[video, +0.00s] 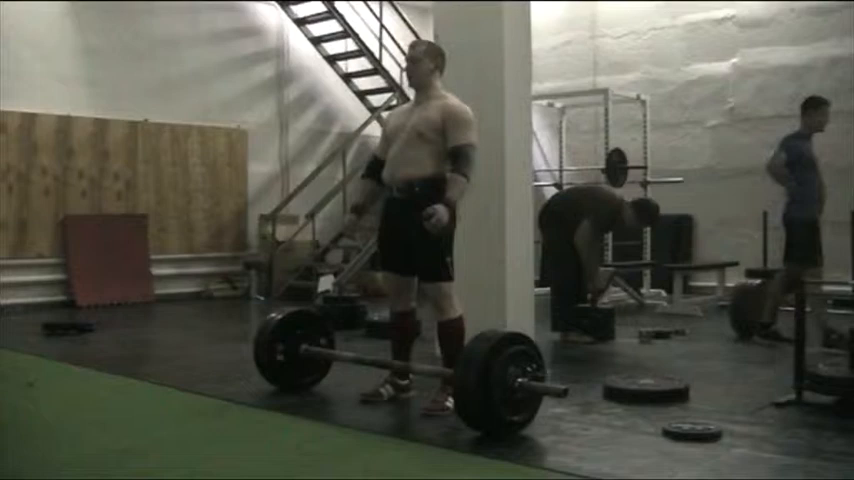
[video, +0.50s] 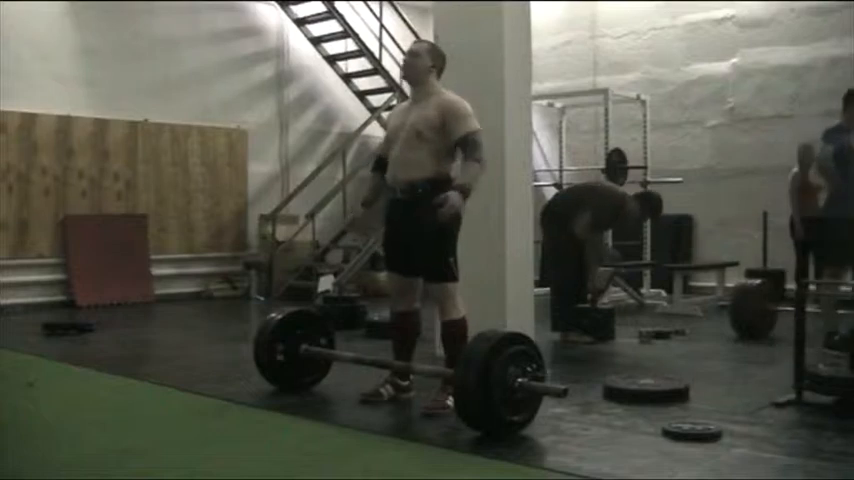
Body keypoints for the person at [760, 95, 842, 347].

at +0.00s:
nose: (826, 121)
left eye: (826, 116)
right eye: (823, 116)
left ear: (814, 117)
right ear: (808, 115)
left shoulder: (805, 144)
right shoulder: (793, 142)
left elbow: (809, 175)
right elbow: (773, 166)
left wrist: (816, 194)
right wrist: (792, 185)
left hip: (806, 215)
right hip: (799, 216)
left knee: (794, 271)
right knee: (811, 273)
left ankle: (767, 322)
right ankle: (822, 330)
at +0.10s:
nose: (833, 119)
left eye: (834, 114)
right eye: (830, 114)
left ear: (820, 115)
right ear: (815, 113)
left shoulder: (812, 143)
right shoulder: (801, 142)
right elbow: (782, 165)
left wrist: (823, 194)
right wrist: (799, 183)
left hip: (815, 218)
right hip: (806, 219)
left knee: (806, 275)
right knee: (813, 276)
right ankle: (820, 331)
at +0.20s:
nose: (844, 118)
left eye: (844, 112)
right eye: (840, 112)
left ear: (830, 113)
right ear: (827, 112)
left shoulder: (821, 142)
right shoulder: (811, 143)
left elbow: (820, 185)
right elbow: (800, 186)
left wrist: (834, 218)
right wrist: (798, 219)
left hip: (826, 219)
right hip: (815, 220)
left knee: (823, 277)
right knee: (815, 279)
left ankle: (818, 333)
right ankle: (811, 340)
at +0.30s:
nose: (850, 117)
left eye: (850, 111)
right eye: (847, 111)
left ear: (831, 111)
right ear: (836, 111)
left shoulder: (819, 141)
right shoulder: (822, 144)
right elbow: (833, 188)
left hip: (821, 220)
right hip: (822, 221)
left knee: (823, 280)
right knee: (823, 280)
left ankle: (820, 333)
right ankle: (817, 337)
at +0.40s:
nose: (849, 115)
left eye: (848, 110)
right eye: (847, 110)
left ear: (841, 111)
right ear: (840, 110)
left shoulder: (831, 138)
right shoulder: (830, 138)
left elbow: (815, 166)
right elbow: (817, 166)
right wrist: (832, 186)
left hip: (838, 216)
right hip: (833, 216)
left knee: (833, 274)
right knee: (831, 275)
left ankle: (829, 328)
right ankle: (828, 329)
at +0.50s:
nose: (850, 114)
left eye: (849, 108)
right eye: (850, 108)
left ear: (845, 108)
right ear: (845, 108)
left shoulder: (835, 135)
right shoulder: (835, 135)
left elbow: (822, 163)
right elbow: (823, 162)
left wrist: (836, 185)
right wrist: (838, 186)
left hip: (839, 214)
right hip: (837, 214)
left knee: (832, 277)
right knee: (831, 276)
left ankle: (831, 332)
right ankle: (830, 332)